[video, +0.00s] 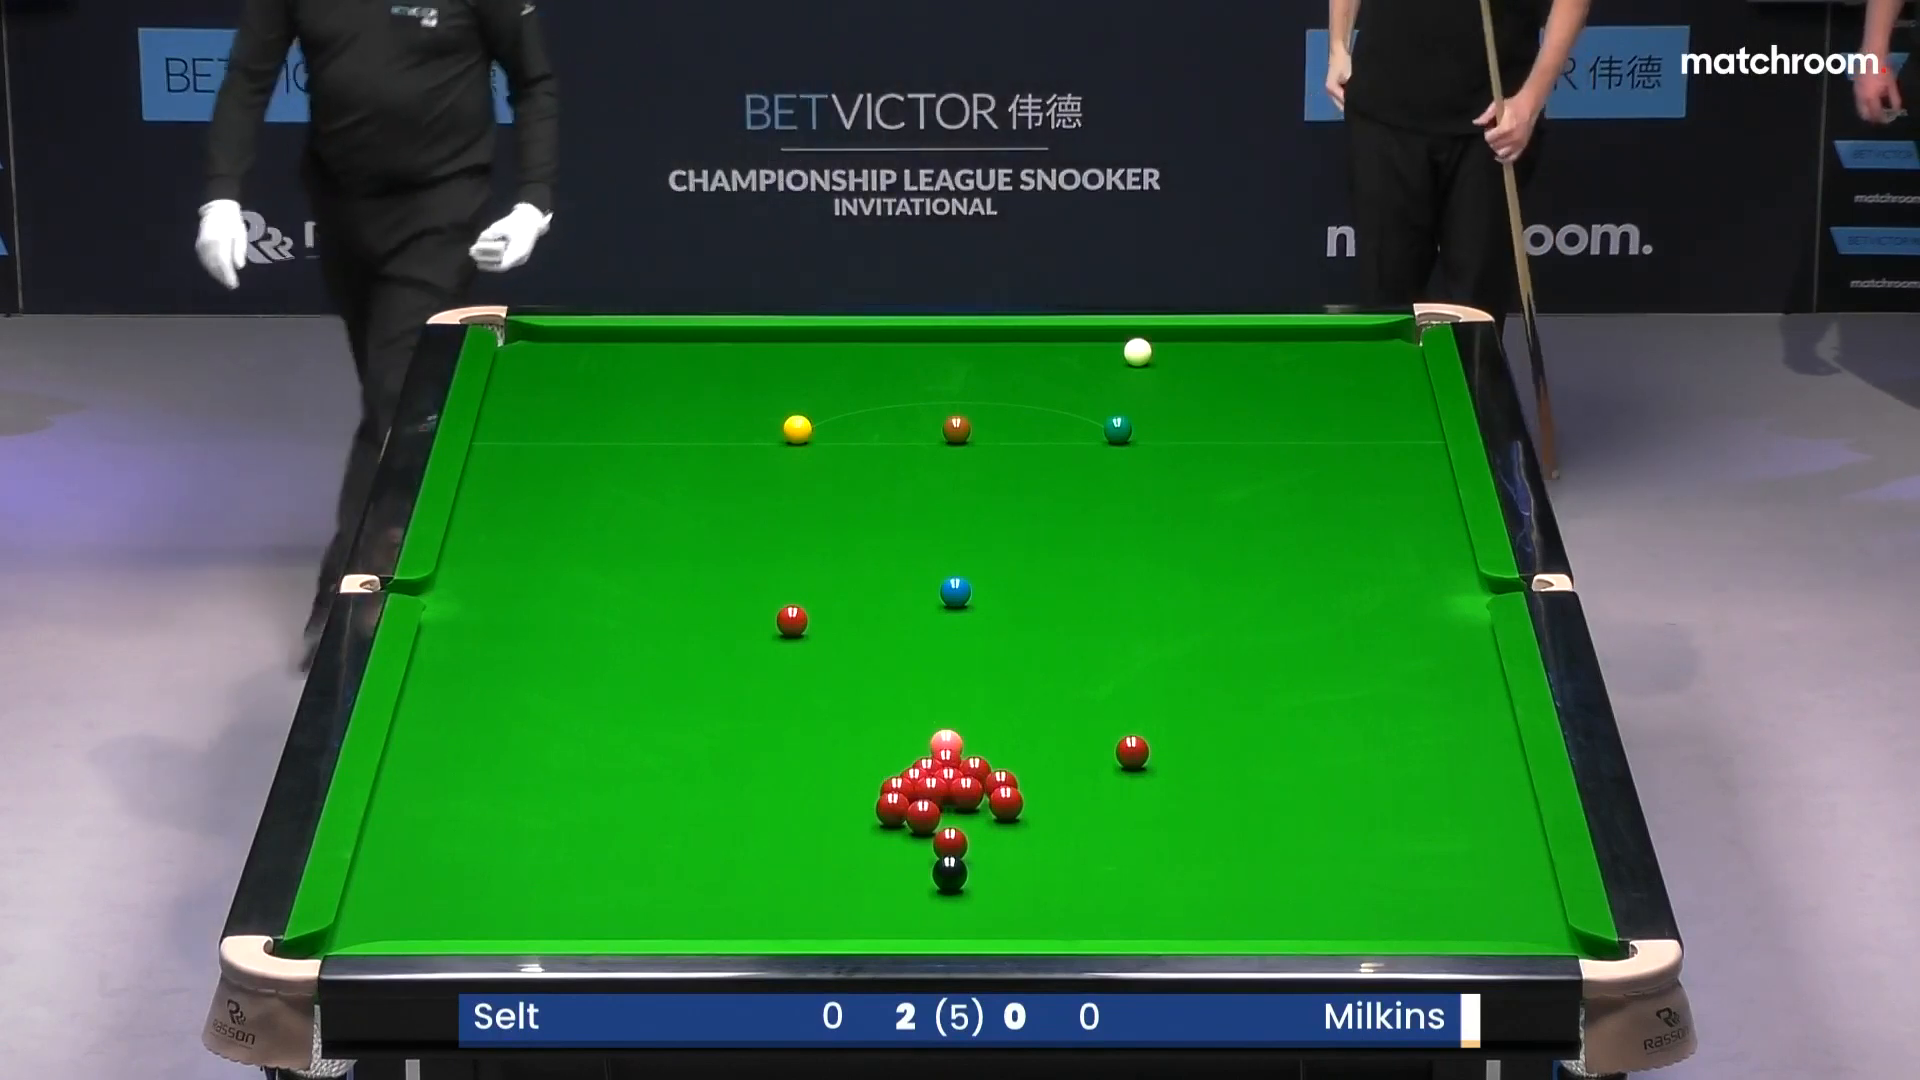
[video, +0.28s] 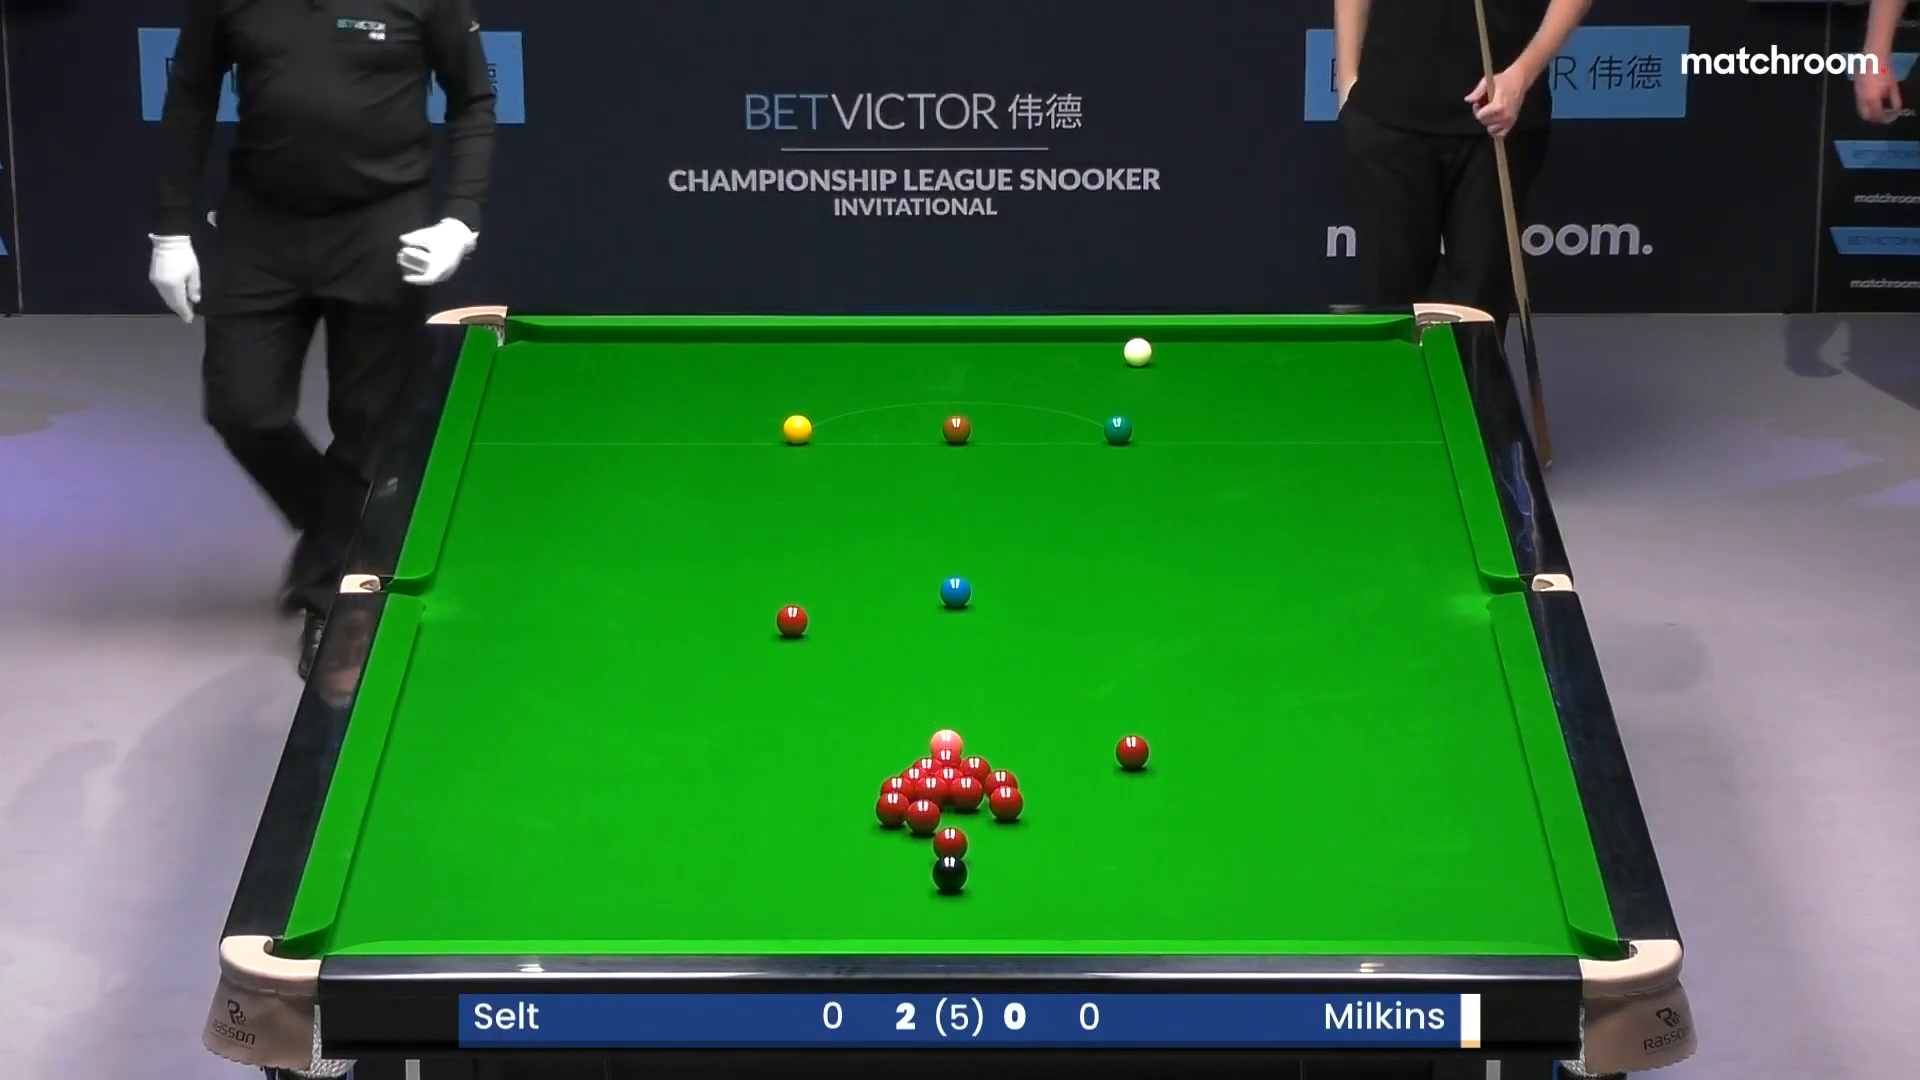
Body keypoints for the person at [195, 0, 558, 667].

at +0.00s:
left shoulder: (484, 5)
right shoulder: (289, 3)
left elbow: (534, 79)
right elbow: (247, 79)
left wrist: (534, 201)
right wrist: (222, 197)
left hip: (445, 203)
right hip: (343, 205)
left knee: (388, 415)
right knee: (395, 409)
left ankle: (338, 619)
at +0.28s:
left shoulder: (425, 4)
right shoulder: (226, 4)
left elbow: (473, 96)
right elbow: (190, 95)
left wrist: (461, 219)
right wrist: (172, 230)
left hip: (383, 225)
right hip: (260, 223)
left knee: (364, 432)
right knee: (243, 412)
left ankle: (327, 601)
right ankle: (339, 521)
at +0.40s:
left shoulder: (402, 4)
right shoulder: (204, 6)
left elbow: (454, 110)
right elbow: (172, 111)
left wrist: (431, 226)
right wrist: (154, 243)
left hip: (357, 245)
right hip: (231, 242)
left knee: (355, 452)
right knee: (211, 437)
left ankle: (329, 615)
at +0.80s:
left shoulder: (300, 24)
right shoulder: (102, 37)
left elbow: (362, 155)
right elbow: (63, 186)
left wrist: (349, 267)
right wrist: (43, 331)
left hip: (269, 313)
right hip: (143, 318)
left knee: (280, 509)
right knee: (154, 525)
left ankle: (309, 632)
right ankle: (176, 709)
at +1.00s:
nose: (189, 0)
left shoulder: (274, 45)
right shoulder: (68, 59)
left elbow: (330, 180)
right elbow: (21, 209)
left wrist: (335, 283)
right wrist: (7, 352)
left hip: (243, 339)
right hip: (120, 347)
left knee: (233, 540)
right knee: (146, 543)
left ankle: (218, 755)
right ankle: (176, 714)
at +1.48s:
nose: (199, 32)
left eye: (211, 14)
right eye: (179, 15)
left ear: (222, 16)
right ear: (123, 16)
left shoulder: (260, 109)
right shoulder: (45, 123)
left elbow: (307, 248)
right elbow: (8, 290)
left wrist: (336, 358)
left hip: (223, 415)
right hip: (86, 417)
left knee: (214, 637)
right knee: (81, 633)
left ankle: (191, 828)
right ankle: (89, 803)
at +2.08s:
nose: (184, 126)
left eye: (192, 106)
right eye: (164, 112)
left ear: (196, 96)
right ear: (96, 107)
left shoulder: (207, 182)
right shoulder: (18, 214)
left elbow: (248, 331)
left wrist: (324, 445)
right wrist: (17, 494)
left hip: (193, 514)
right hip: (55, 533)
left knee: (232, 723)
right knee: (63, 760)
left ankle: (175, 919)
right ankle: (76, 959)